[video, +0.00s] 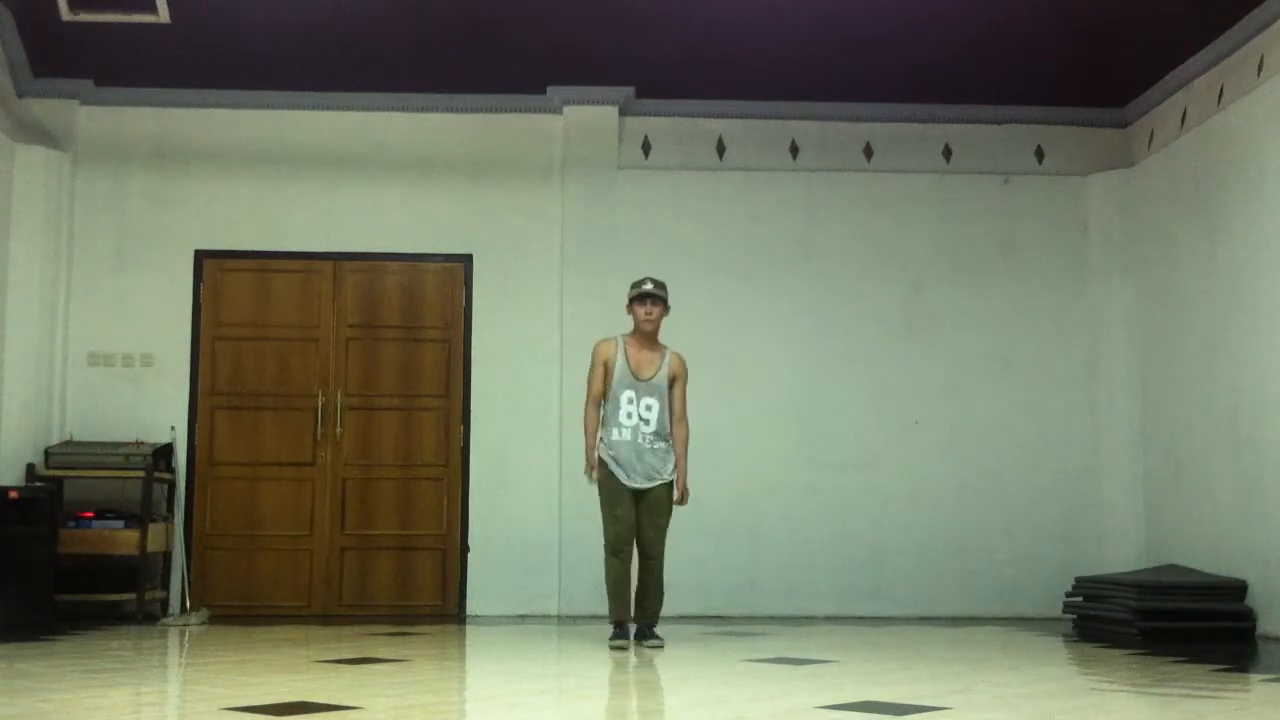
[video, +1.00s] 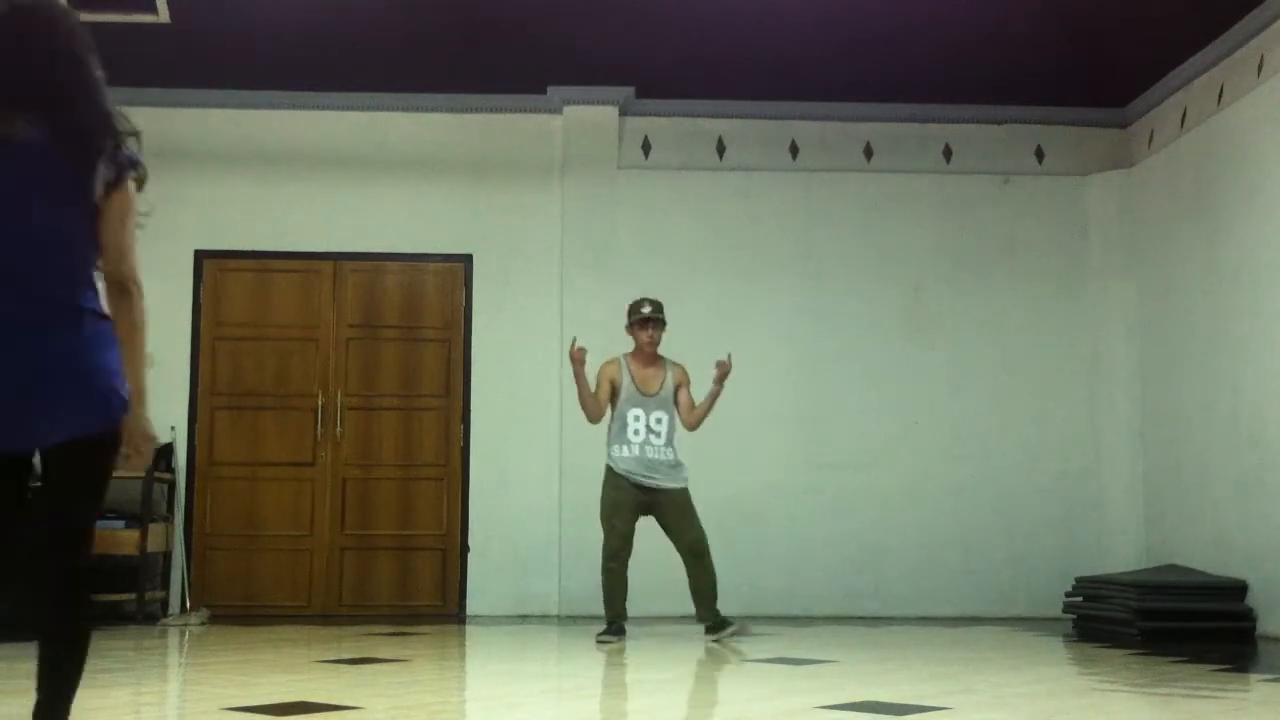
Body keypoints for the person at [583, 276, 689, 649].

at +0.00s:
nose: (648, 308)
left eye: (655, 302)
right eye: (641, 301)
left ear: (665, 310)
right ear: (630, 308)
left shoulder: (674, 363)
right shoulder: (607, 350)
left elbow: (679, 421)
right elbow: (593, 403)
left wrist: (681, 473)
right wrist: (591, 451)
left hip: (659, 470)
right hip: (614, 467)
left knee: (652, 549)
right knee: (618, 546)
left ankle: (647, 624)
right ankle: (620, 624)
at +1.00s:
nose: (650, 331)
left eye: (655, 324)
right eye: (642, 325)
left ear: (663, 329)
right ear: (631, 329)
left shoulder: (676, 373)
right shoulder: (612, 369)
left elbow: (691, 420)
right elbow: (594, 413)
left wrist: (717, 385)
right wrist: (578, 371)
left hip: (667, 480)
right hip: (622, 478)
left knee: (695, 545)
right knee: (616, 549)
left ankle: (710, 617)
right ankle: (615, 622)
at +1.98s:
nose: (708, 325)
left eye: (716, 318)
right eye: (704, 318)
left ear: (731, 323)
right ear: (697, 324)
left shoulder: (746, 376)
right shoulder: (678, 363)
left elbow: (741, 427)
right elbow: (664, 413)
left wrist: (727, 463)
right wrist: (666, 456)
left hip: (723, 479)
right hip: (676, 473)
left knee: (727, 551)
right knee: (650, 538)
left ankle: (718, 619)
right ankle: (656, 594)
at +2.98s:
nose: (651, 318)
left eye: (658, 312)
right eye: (644, 311)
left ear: (666, 318)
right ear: (633, 316)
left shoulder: (682, 357)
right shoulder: (618, 367)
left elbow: (686, 416)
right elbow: (624, 415)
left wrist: (673, 465)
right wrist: (651, 417)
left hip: (679, 462)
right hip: (638, 466)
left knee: (679, 531)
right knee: (641, 546)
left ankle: (681, 572)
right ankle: (648, 621)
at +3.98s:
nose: (661, 308)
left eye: (669, 302)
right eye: (654, 302)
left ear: (679, 309)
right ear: (644, 309)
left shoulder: (698, 355)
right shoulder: (629, 356)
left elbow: (707, 413)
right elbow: (606, 404)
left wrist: (693, 461)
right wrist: (568, 429)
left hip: (682, 466)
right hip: (640, 464)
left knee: (677, 547)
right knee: (641, 543)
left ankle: (669, 625)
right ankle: (647, 623)